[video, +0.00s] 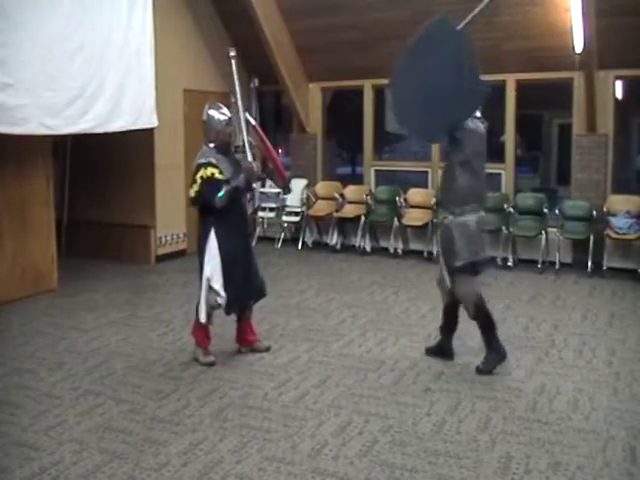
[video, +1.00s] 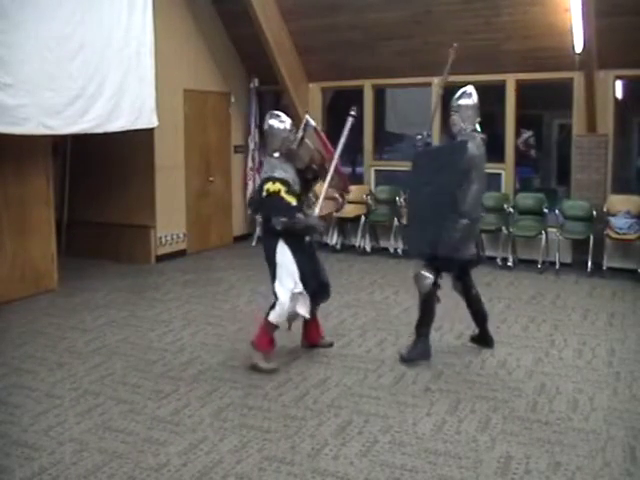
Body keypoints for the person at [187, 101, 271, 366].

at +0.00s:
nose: (232, 133)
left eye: (232, 128)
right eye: (227, 128)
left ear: (230, 130)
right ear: (212, 133)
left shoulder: (232, 158)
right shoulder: (207, 165)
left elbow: (238, 191)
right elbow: (216, 201)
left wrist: (255, 174)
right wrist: (243, 179)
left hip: (237, 230)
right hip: (216, 232)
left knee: (246, 281)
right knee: (212, 284)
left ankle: (246, 335)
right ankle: (201, 341)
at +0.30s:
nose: (244, 141)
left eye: (244, 135)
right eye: (239, 136)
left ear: (245, 137)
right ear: (224, 140)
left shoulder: (250, 167)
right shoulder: (218, 174)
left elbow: (255, 196)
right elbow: (228, 212)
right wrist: (257, 202)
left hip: (251, 233)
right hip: (228, 238)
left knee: (274, 276)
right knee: (222, 287)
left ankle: (285, 324)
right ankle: (203, 338)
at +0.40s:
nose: (255, 147)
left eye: (255, 143)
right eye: (250, 143)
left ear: (256, 144)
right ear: (236, 147)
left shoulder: (263, 170)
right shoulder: (234, 179)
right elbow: (231, 214)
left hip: (263, 242)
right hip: (240, 245)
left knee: (286, 281)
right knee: (225, 293)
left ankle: (301, 326)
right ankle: (205, 341)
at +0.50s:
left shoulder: (286, 179)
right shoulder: (257, 180)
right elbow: (266, 220)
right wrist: (297, 221)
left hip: (281, 246)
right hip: (256, 247)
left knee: (303, 283)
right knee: (236, 293)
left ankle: (310, 333)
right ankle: (209, 344)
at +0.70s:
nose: (304, 150)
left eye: (304, 145)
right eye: (301, 145)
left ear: (273, 148)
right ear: (292, 149)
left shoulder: (270, 170)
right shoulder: (292, 180)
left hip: (269, 241)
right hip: (286, 243)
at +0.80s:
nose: (312, 153)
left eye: (314, 148)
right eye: (309, 148)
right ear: (298, 149)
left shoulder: (296, 170)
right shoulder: (282, 172)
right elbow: (290, 213)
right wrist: (319, 208)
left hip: (296, 235)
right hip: (280, 236)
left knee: (310, 284)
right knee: (281, 289)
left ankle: (311, 334)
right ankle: (243, 329)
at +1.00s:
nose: (310, 158)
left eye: (312, 154)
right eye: (306, 152)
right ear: (291, 150)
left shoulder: (293, 172)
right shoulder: (276, 176)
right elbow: (279, 216)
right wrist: (309, 223)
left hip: (297, 234)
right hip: (279, 237)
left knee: (313, 284)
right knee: (288, 289)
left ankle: (311, 333)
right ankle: (261, 343)